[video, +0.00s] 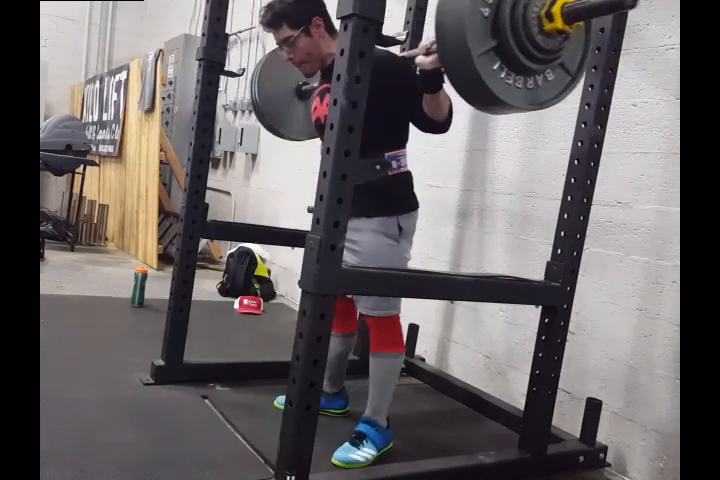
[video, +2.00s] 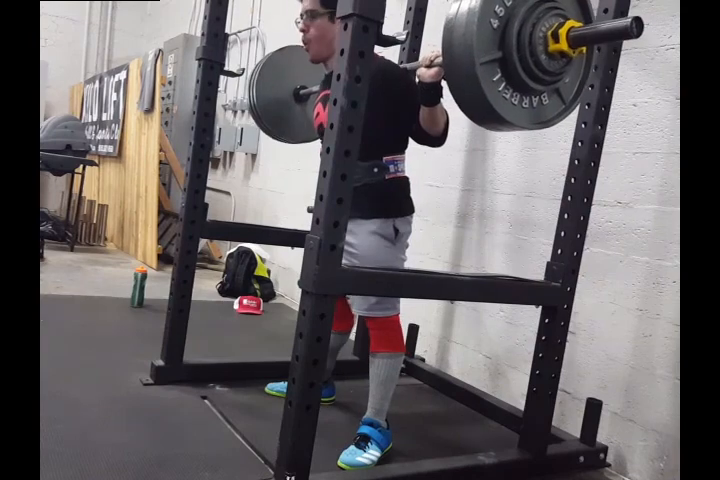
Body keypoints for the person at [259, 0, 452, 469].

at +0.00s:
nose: (289, 57)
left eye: (292, 44)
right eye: (283, 49)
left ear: (319, 27)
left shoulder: (383, 66)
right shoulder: (322, 79)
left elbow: (439, 122)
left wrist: (431, 75)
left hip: (383, 211)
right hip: (336, 208)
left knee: (379, 310)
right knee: (335, 301)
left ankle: (376, 424)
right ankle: (330, 389)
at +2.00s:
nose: (300, 30)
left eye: (308, 20)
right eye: (301, 21)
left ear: (340, 22)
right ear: (328, 25)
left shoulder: (388, 76)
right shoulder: (329, 80)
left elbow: (434, 135)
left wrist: (429, 86)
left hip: (379, 213)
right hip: (333, 210)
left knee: (378, 310)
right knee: (329, 299)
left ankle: (375, 423)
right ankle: (318, 379)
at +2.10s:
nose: (301, 28)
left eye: (310, 17)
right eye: (302, 19)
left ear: (342, 22)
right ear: (327, 26)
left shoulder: (387, 76)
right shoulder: (328, 80)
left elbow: (434, 134)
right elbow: (329, 135)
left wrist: (428, 87)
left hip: (379, 213)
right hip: (333, 210)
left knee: (378, 310)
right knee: (329, 298)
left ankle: (375, 423)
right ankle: (318, 379)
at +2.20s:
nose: (300, 25)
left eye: (309, 15)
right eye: (301, 17)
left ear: (340, 21)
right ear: (324, 24)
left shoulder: (385, 74)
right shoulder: (327, 81)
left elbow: (432, 133)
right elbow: (330, 140)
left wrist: (428, 86)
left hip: (378, 213)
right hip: (332, 210)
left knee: (378, 310)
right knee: (329, 299)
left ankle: (375, 424)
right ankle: (318, 379)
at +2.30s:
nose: (300, 23)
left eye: (308, 13)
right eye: (301, 15)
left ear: (338, 18)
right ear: (325, 22)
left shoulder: (385, 73)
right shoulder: (327, 79)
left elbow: (432, 133)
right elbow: (330, 140)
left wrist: (428, 86)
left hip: (378, 211)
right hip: (332, 209)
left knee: (377, 309)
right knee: (328, 298)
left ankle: (375, 424)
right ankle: (318, 379)